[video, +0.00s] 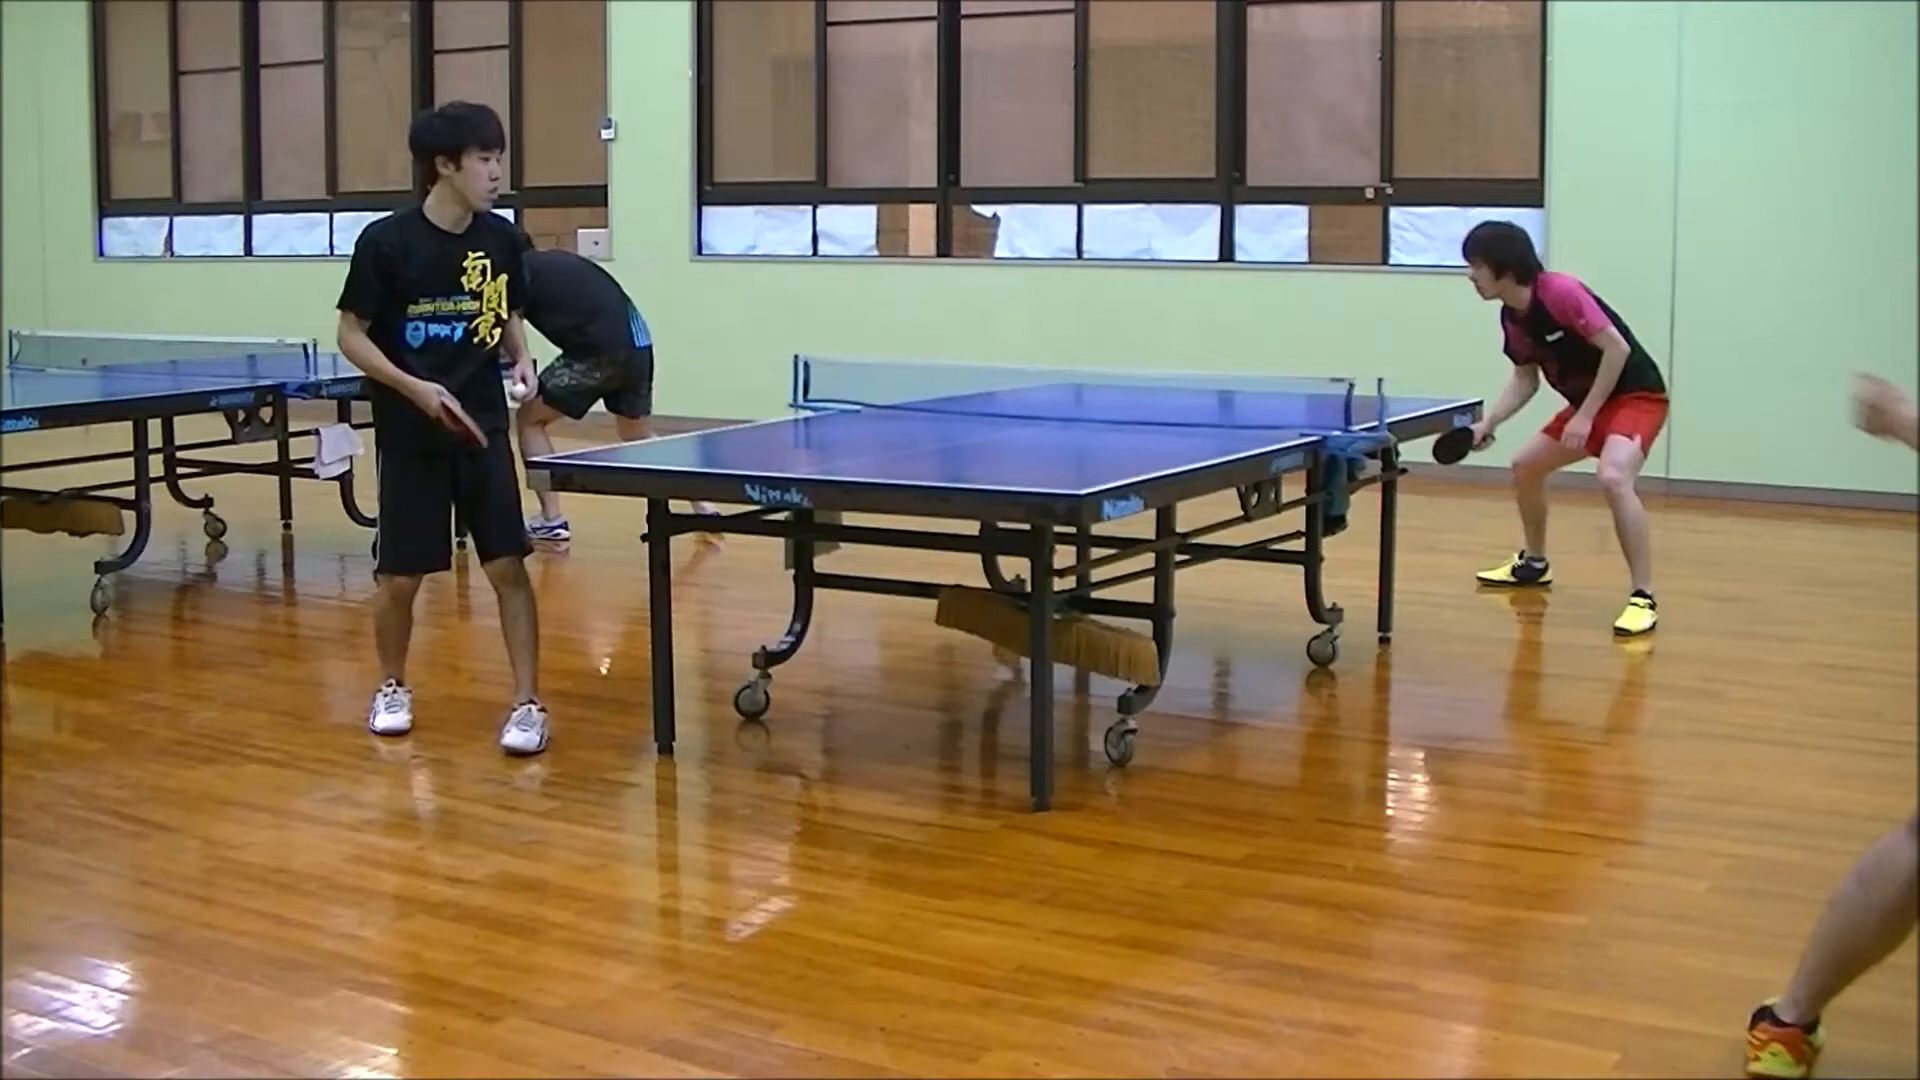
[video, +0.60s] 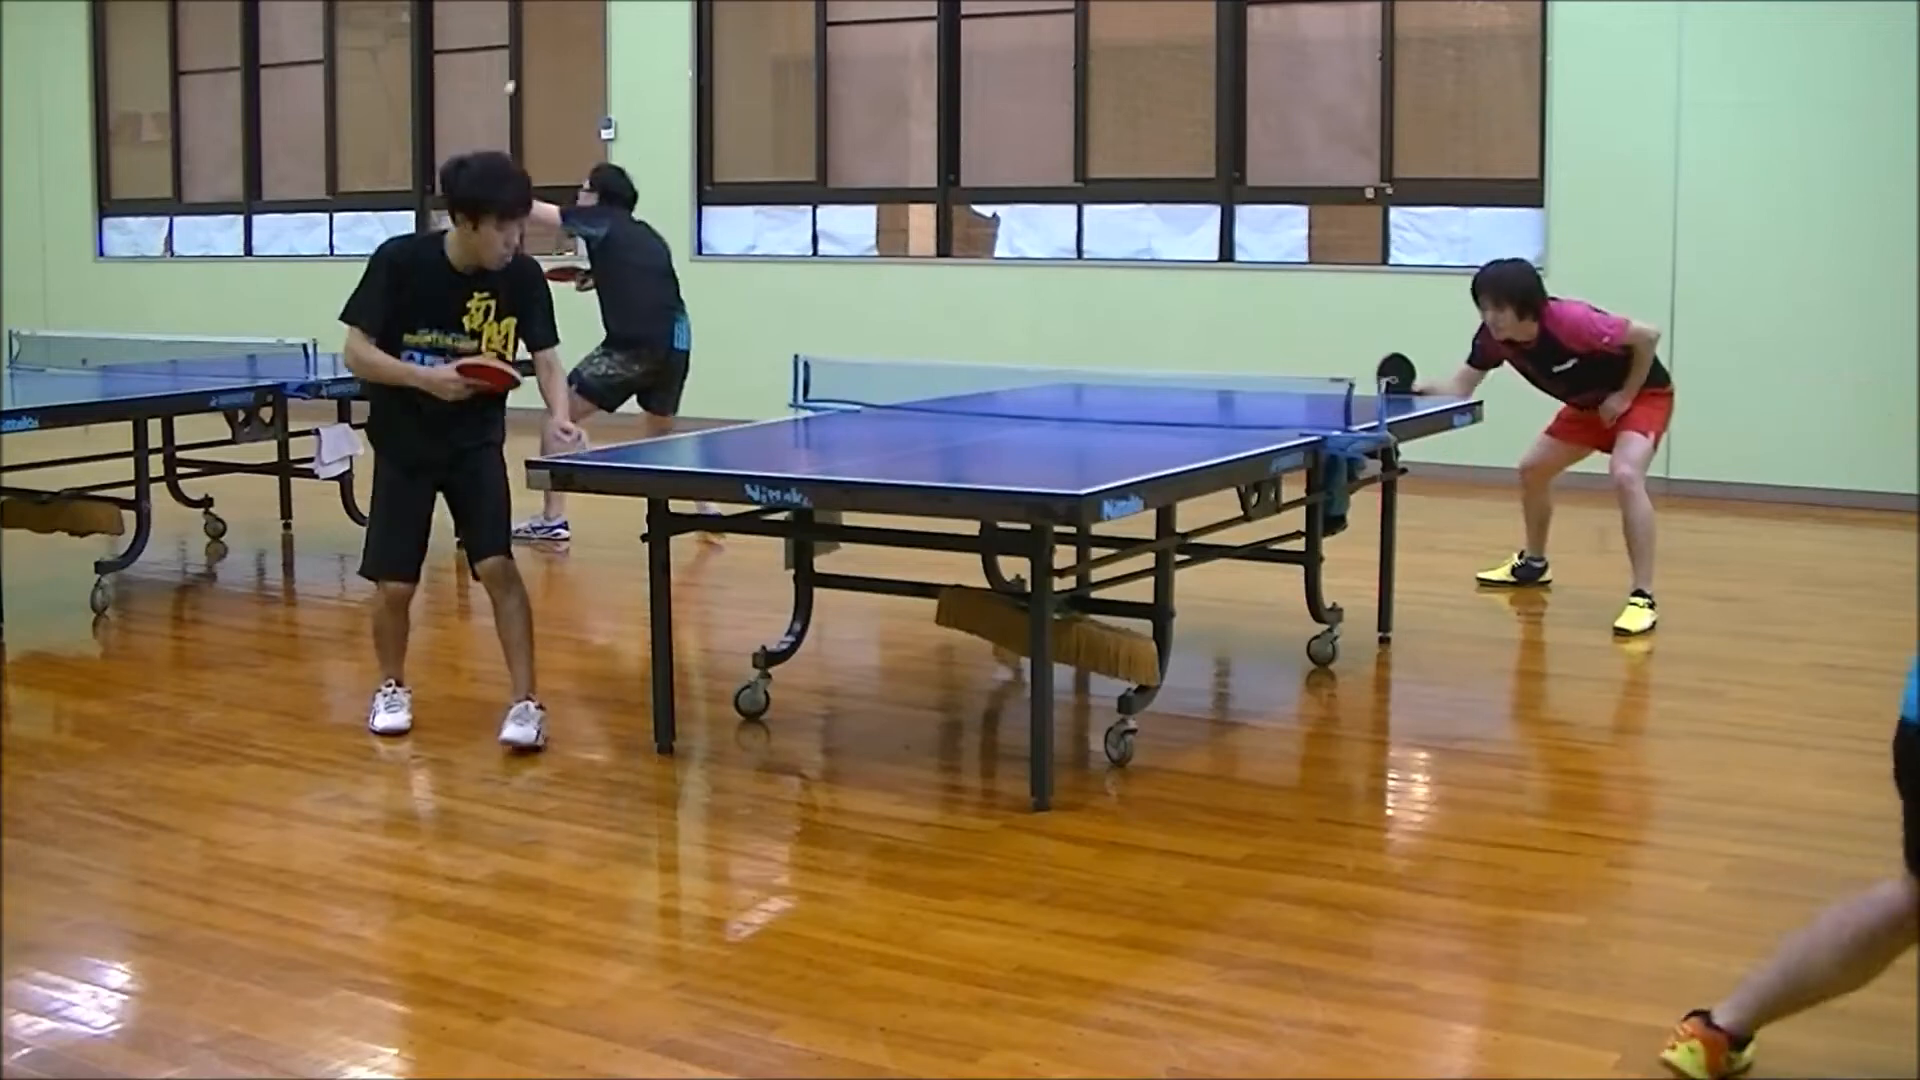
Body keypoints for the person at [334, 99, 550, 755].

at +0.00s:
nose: (498, 172)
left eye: (499, 159)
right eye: (485, 160)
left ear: (492, 164)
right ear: (443, 166)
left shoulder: (502, 237)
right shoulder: (386, 241)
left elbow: (510, 315)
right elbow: (349, 335)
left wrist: (521, 364)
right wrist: (414, 387)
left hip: (486, 429)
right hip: (411, 433)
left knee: (507, 566)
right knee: (400, 577)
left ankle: (526, 704)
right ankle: (392, 689)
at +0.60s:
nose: (515, 240)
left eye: (519, 226)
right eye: (504, 227)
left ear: (520, 221)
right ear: (465, 220)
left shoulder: (522, 276)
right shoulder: (399, 260)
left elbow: (546, 360)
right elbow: (356, 352)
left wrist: (558, 417)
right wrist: (425, 377)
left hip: (476, 446)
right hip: (403, 446)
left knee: (495, 566)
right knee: (394, 585)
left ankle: (525, 701)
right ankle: (392, 688)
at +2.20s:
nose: (545, 349)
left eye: (558, 340)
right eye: (537, 337)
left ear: (575, 324)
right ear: (512, 313)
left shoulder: (579, 344)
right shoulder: (468, 304)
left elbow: (557, 430)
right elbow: (407, 384)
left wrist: (539, 434)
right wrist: (486, 358)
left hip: (522, 470)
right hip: (455, 460)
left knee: (507, 594)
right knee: (450, 585)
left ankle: (525, 709)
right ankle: (429, 670)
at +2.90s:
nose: (421, 277)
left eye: (427, 262)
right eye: (407, 268)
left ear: (435, 248)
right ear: (371, 263)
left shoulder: (452, 288)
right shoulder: (338, 266)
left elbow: (488, 373)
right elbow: (317, 297)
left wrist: (518, 431)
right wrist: (297, 339)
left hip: (437, 450)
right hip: (363, 450)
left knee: (471, 571)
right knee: (341, 590)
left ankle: (496, 691)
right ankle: (335, 694)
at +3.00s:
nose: (417, 261)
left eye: (420, 246)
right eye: (402, 253)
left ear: (426, 230)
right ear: (364, 249)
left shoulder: (442, 261)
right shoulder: (326, 252)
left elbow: (485, 326)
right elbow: (294, 294)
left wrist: (513, 352)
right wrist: (298, 338)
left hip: (424, 429)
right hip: (352, 430)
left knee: (459, 569)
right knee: (339, 580)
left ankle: (451, 668)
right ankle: (333, 693)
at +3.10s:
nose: (421, 243)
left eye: (425, 229)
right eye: (407, 235)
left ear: (431, 215)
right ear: (368, 231)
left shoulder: (447, 251)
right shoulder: (325, 237)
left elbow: (504, 313)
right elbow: (276, 307)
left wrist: (541, 343)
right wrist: (300, 288)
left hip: (418, 426)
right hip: (345, 428)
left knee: (452, 563)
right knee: (338, 574)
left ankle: (430, 677)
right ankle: (333, 692)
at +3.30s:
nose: (454, 225)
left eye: (460, 212)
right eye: (442, 214)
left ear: (467, 202)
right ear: (403, 207)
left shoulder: (463, 238)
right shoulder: (360, 248)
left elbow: (505, 293)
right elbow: (313, 343)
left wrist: (574, 318)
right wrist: (358, 321)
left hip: (416, 419)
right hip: (351, 426)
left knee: (463, 547)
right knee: (344, 573)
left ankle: (421, 683)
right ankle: (331, 693)